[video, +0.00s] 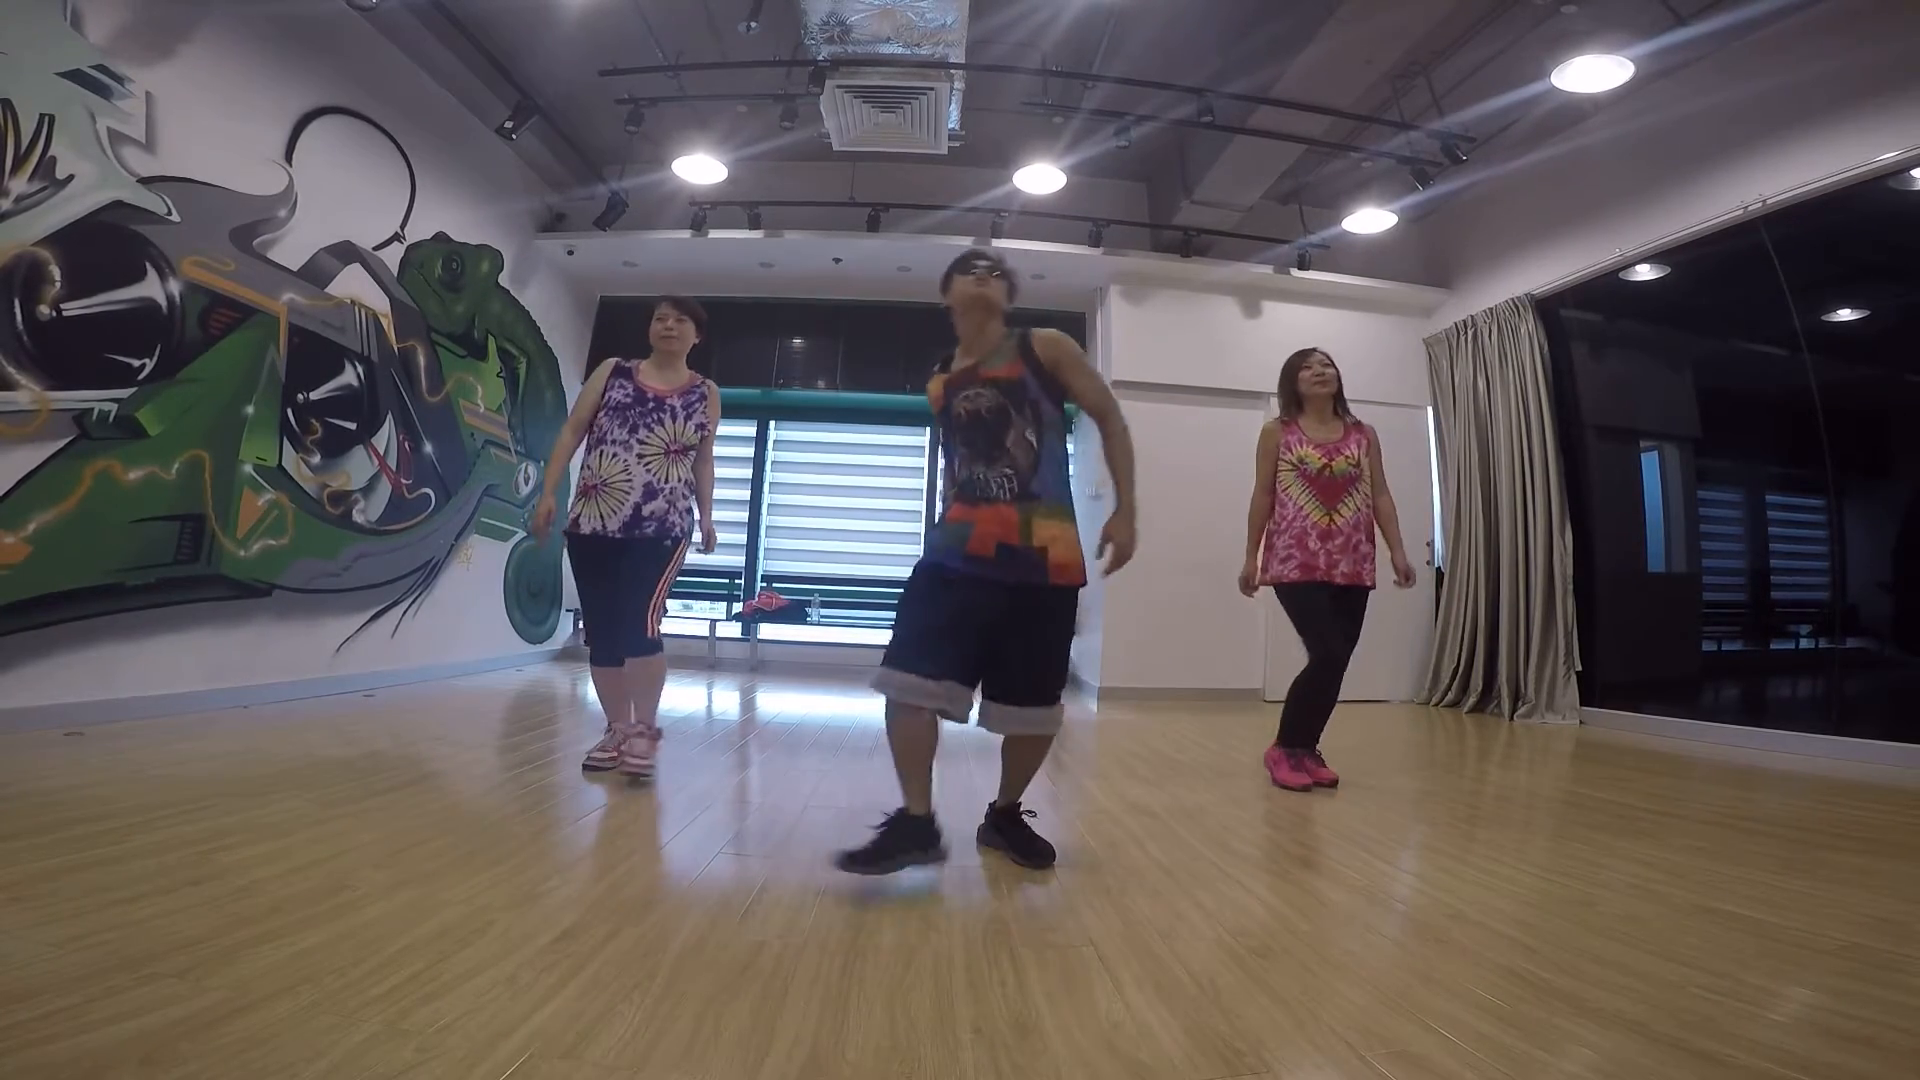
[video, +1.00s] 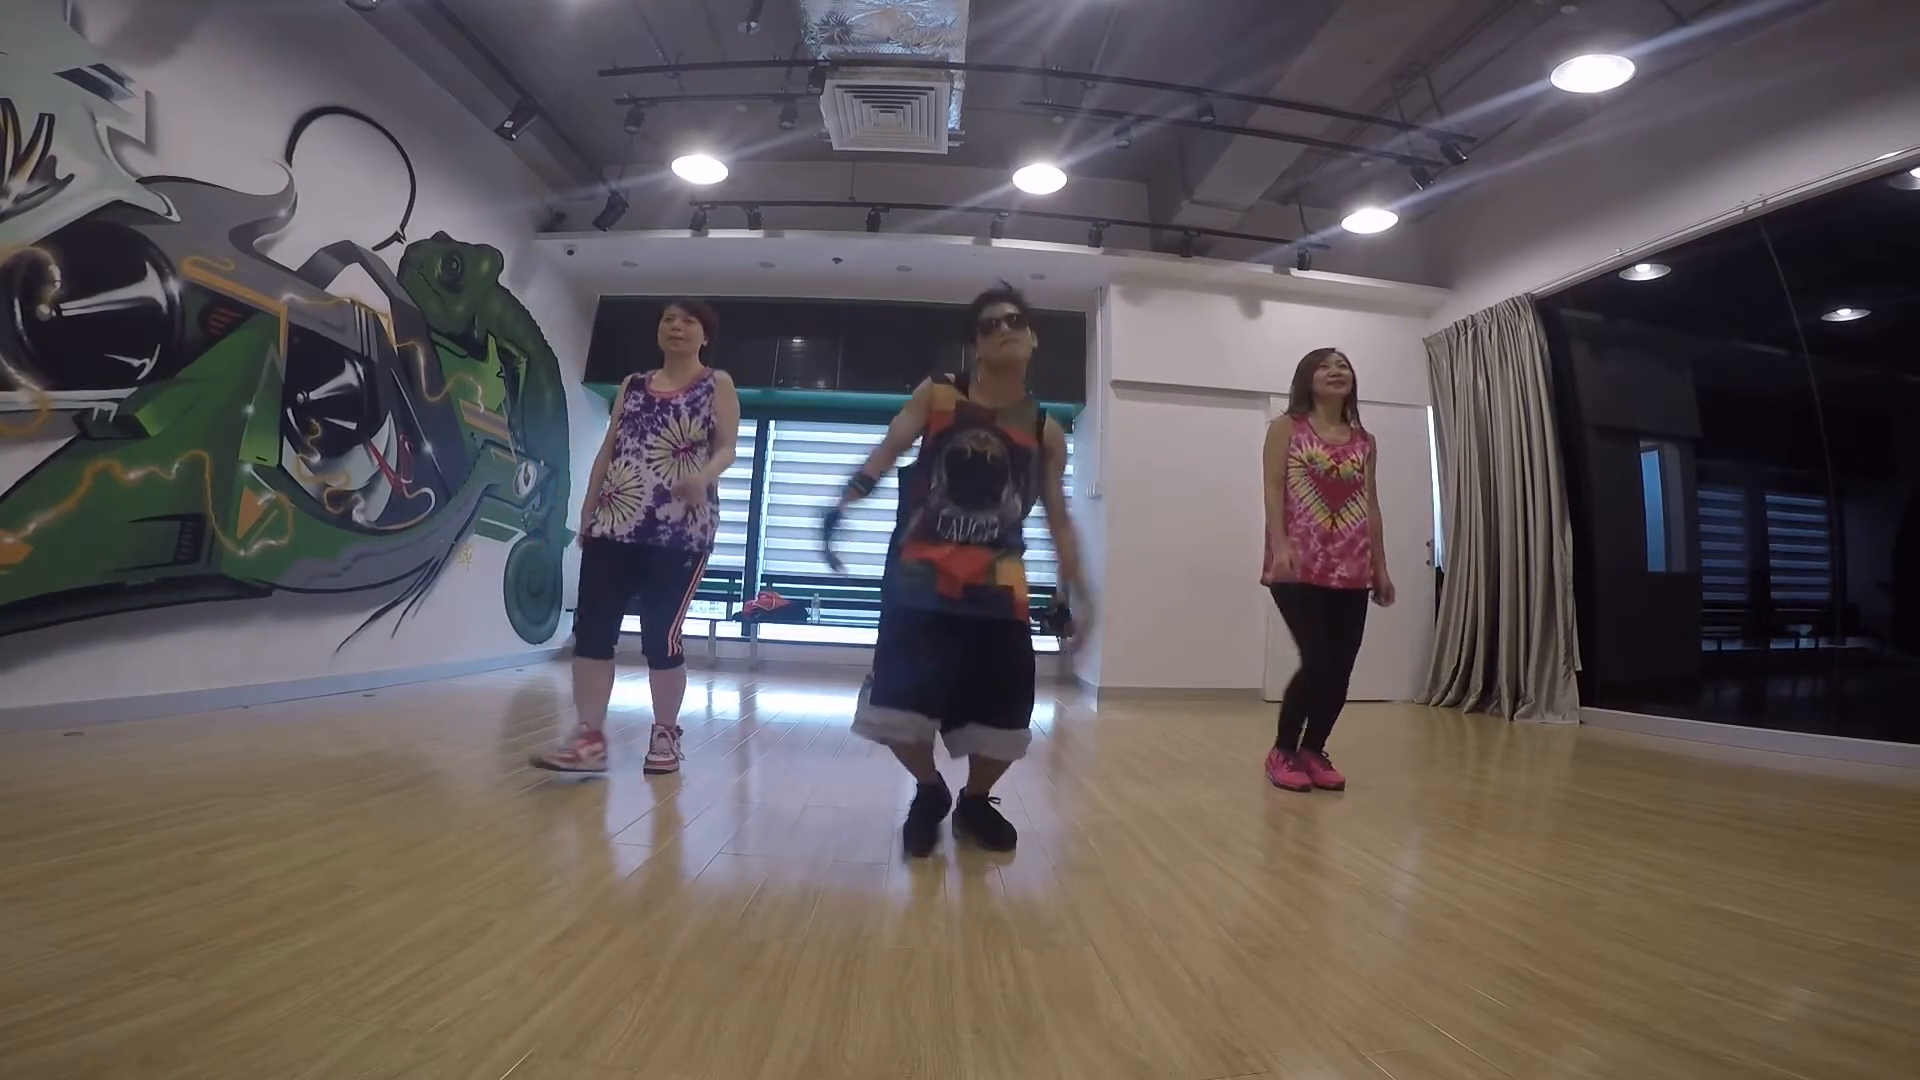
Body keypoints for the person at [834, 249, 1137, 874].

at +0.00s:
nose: (984, 277)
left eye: (996, 273)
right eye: (970, 270)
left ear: (1010, 298)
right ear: (946, 294)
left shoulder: (1046, 349)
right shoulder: (943, 382)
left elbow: (1110, 417)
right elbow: (964, 464)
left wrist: (1125, 509)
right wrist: (954, 534)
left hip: (1043, 558)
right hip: (960, 553)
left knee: (1036, 705)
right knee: (907, 680)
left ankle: (1005, 814)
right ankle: (916, 821)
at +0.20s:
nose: (953, 336)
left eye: (966, 329)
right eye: (942, 327)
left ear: (981, 344)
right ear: (921, 344)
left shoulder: (1017, 379)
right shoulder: (924, 440)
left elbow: (1086, 441)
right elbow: (945, 522)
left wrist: (1133, 521)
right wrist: (936, 600)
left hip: (1043, 592)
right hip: (959, 600)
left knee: (1054, 735)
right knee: (920, 730)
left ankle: (1005, 818)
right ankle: (947, 804)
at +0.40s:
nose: (948, 350)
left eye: (961, 340)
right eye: (937, 338)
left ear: (977, 352)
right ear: (919, 349)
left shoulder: (1014, 399)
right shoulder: (904, 436)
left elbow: (1048, 484)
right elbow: (907, 521)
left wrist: (1063, 574)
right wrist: (904, 598)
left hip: (1022, 586)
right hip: (935, 594)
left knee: (1048, 711)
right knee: (921, 720)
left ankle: (1006, 807)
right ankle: (947, 802)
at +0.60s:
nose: (977, 282)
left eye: (989, 276)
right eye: (964, 273)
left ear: (1002, 298)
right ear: (940, 294)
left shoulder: (1021, 374)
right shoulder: (904, 366)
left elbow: (1031, 462)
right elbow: (869, 440)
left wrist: (1044, 551)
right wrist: (860, 497)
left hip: (1013, 556)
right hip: (928, 557)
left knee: (1030, 688)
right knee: (925, 696)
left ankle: (1034, 826)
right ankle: (945, 802)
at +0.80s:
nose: (1001, 311)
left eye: (1012, 304)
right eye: (987, 304)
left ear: (1029, 329)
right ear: (966, 325)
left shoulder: (1033, 415)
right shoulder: (925, 375)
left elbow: (1017, 503)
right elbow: (891, 456)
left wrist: (1021, 575)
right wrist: (902, 539)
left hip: (995, 568)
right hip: (920, 560)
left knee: (1008, 711)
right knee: (906, 707)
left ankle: (987, 795)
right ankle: (933, 799)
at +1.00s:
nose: (1005, 331)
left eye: (1016, 323)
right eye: (991, 326)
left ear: (1032, 339)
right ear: (974, 344)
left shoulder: (1045, 431)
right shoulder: (936, 399)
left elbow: (1058, 517)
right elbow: (884, 454)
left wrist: (1074, 590)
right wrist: (844, 499)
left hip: (999, 585)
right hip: (922, 578)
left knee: (1007, 714)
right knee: (894, 710)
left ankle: (976, 802)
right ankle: (930, 789)